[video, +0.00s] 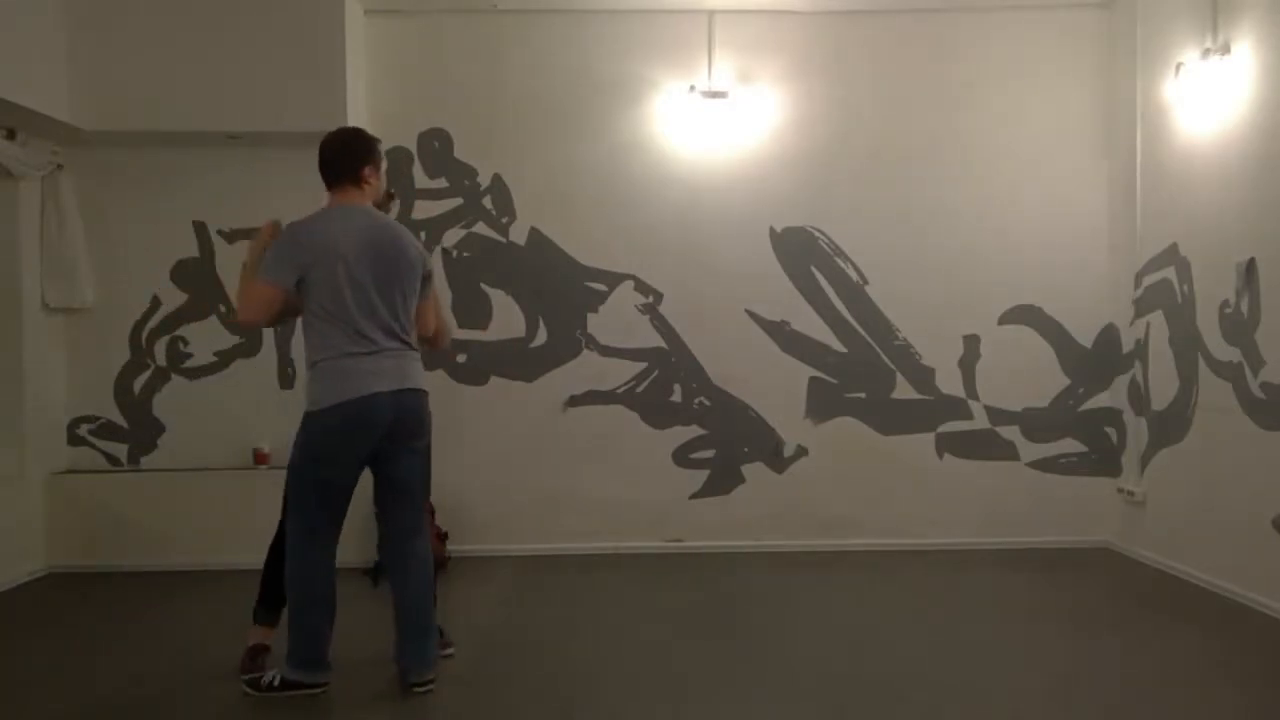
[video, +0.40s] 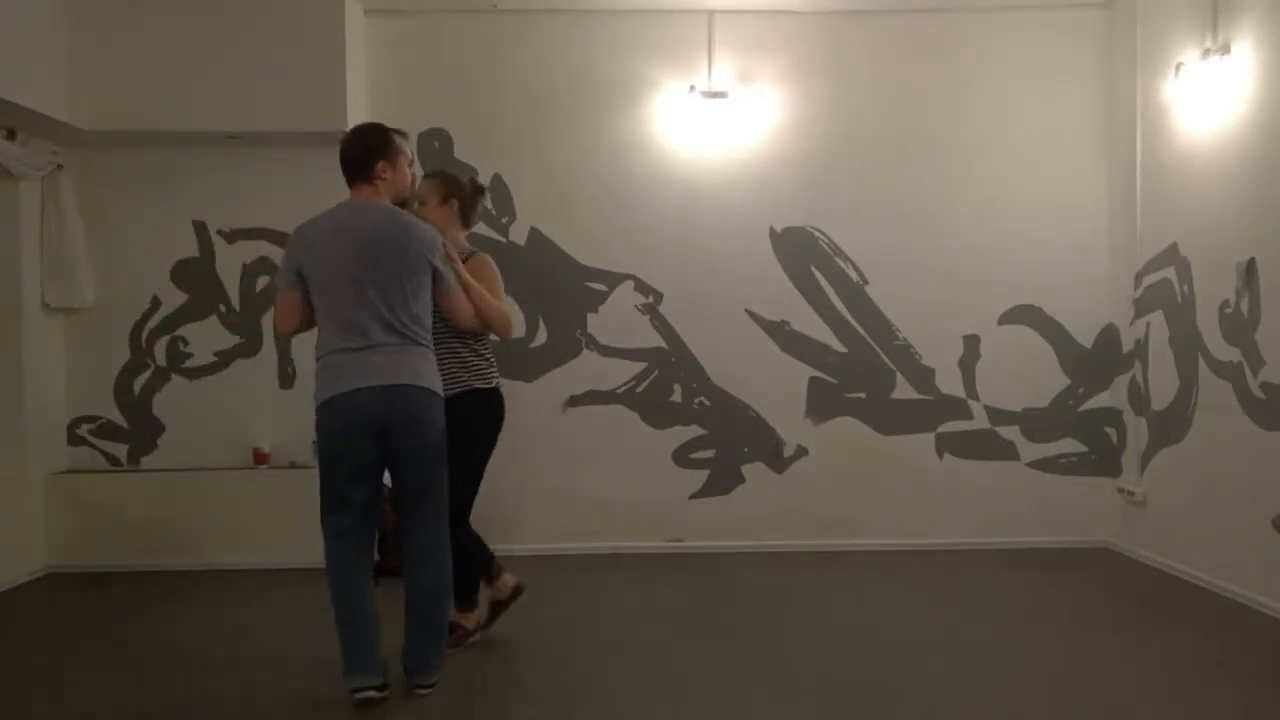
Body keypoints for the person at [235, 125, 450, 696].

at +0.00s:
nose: (383, 178)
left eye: (380, 169)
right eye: (380, 170)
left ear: (324, 177)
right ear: (369, 174)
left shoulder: (301, 238)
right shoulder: (405, 242)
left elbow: (251, 312)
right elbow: (432, 331)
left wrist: (260, 250)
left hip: (337, 404)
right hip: (406, 399)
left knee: (310, 535)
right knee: (409, 531)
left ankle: (306, 667)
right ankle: (418, 665)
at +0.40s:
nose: (412, 174)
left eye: (409, 164)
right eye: (406, 164)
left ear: (352, 173)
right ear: (383, 169)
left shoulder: (308, 235)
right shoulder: (419, 234)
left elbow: (287, 322)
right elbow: (463, 317)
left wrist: (336, 298)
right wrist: (448, 277)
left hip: (343, 399)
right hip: (415, 396)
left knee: (347, 531)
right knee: (426, 527)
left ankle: (362, 671)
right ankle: (423, 666)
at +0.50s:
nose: (411, 176)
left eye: (408, 166)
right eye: (404, 166)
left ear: (352, 177)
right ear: (379, 173)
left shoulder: (304, 238)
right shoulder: (412, 235)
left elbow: (287, 325)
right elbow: (463, 316)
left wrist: (339, 306)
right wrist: (436, 281)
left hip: (339, 401)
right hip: (412, 398)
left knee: (349, 534)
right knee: (422, 528)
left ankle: (366, 682)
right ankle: (425, 665)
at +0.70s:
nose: (413, 176)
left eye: (410, 166)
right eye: (405, 167)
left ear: (358, 180)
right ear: (378, 176)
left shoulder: (310, 242)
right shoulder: (413, 236)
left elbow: (295, 327)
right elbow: (470, 315)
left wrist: (347, 308)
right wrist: (442, 326)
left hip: (341, 398)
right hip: (412, 398)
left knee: (350, 529)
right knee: (412, 519)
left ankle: (364, 668)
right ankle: (395, 643)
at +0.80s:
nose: (418, 182)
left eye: (415, 172)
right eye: (410, 173)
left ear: (366, 185)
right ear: (382, 181)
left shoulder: (320, 249)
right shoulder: (419, 240)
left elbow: (307, 333)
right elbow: (476, 317)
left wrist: (358, 311)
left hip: (347, 401)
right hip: (415, 401)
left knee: (349, 526)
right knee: (412, 522)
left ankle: (342, 644)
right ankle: (387, 650)